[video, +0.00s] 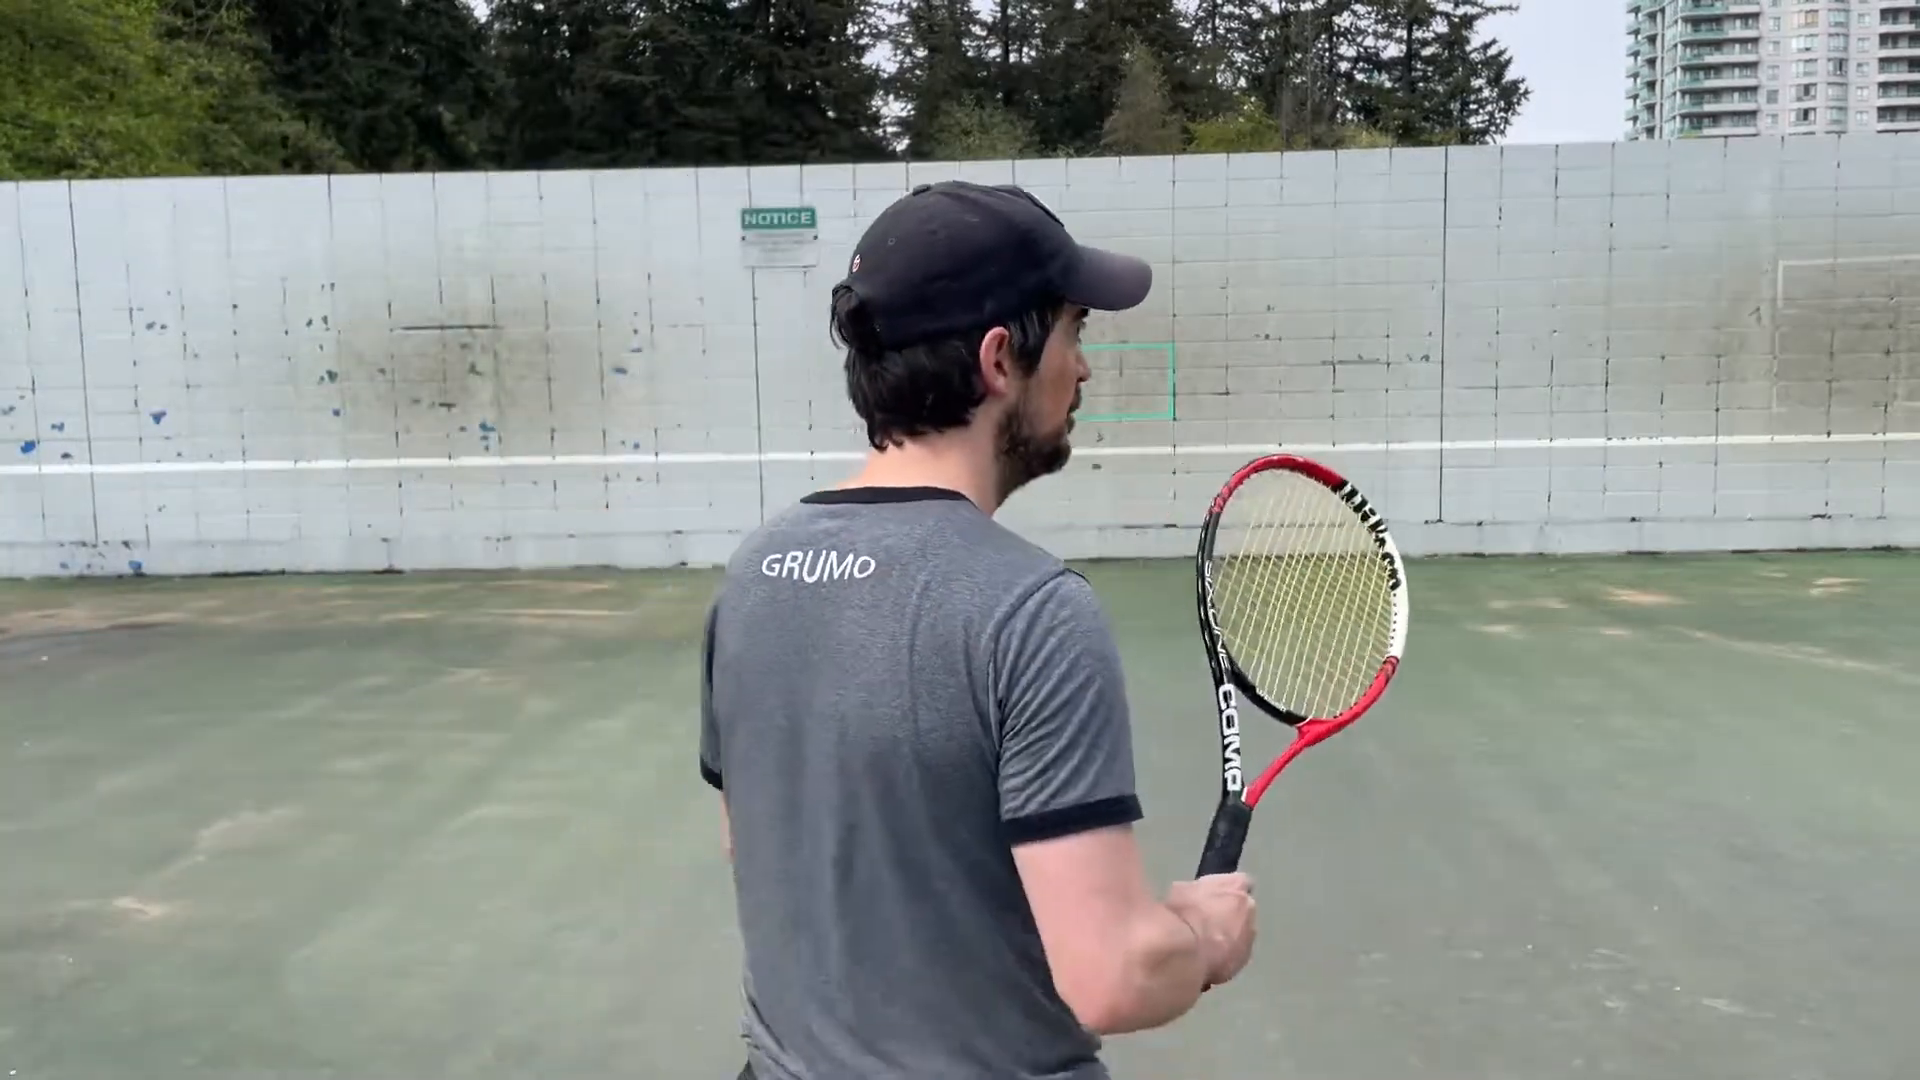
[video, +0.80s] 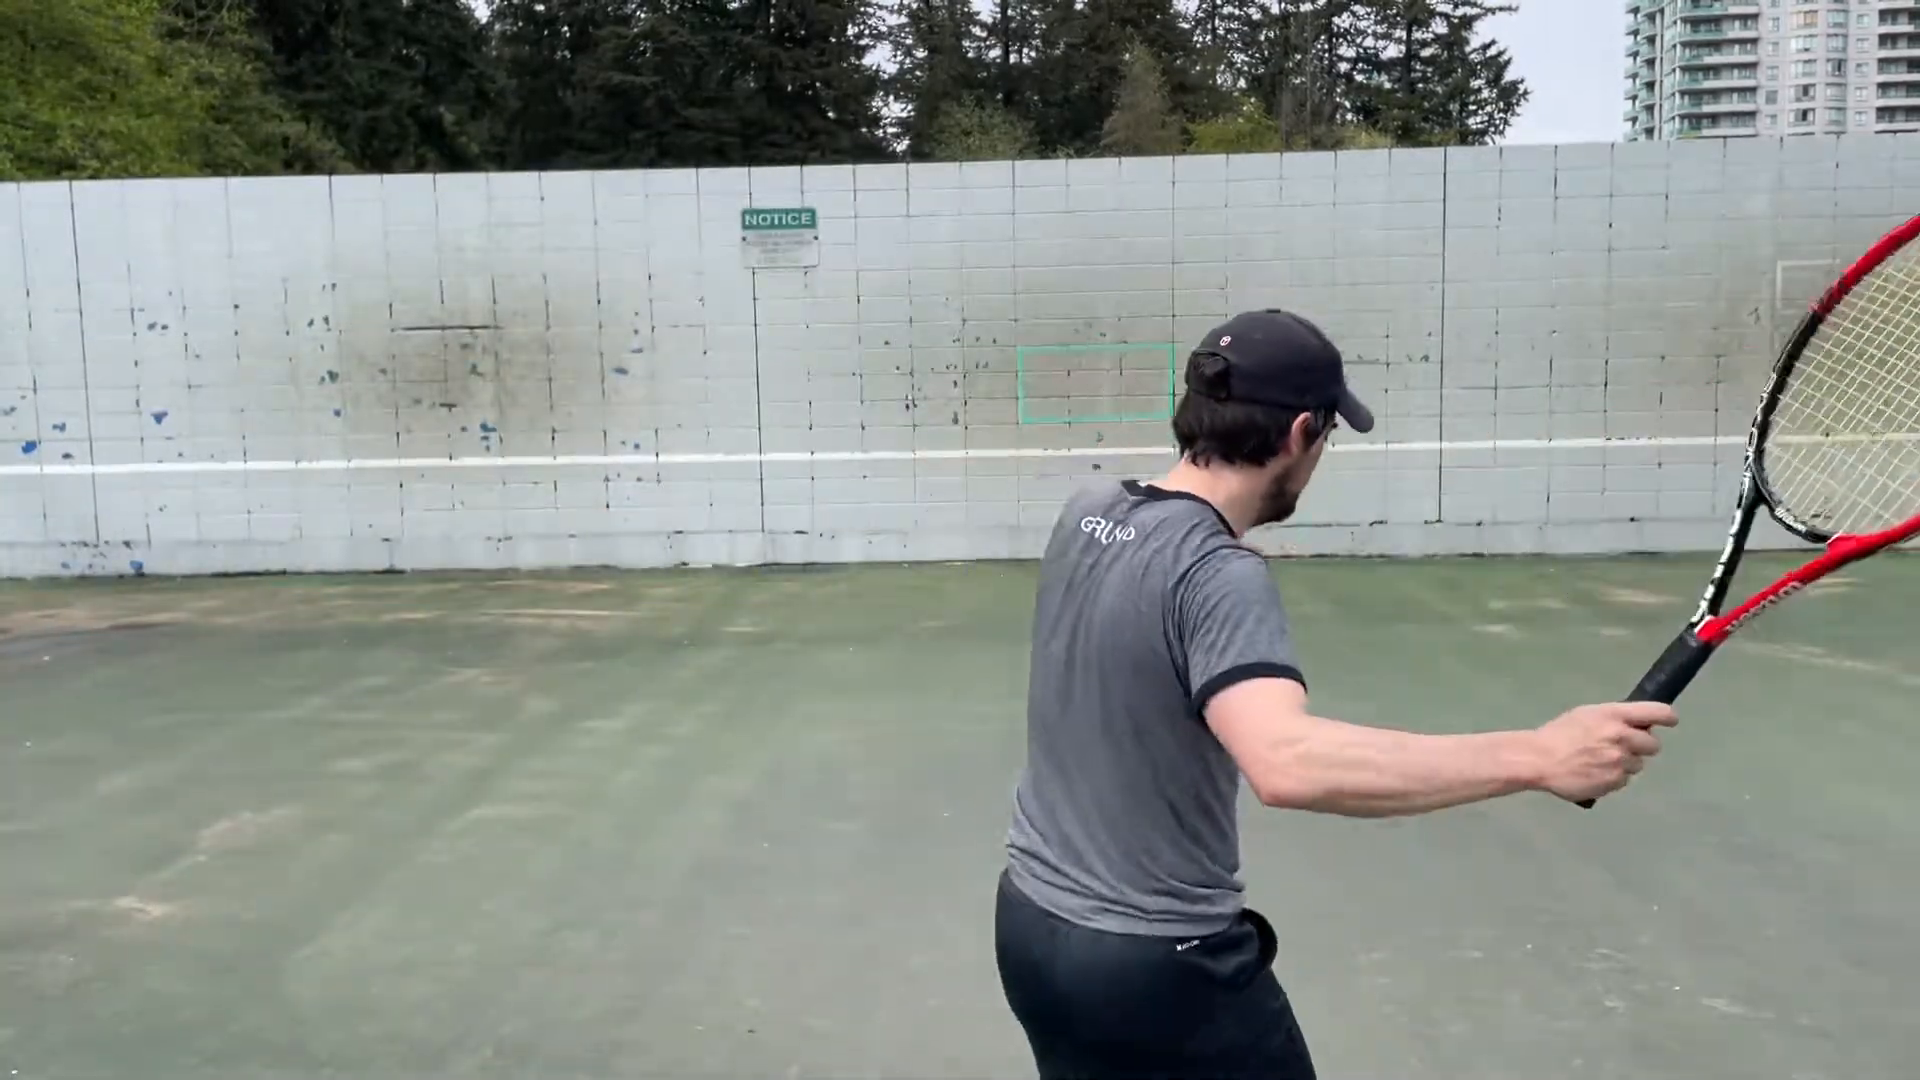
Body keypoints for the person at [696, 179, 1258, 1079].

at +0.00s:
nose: (1084, 368)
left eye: (1080, 334)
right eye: (1070, 335)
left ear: (888, 359)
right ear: (999, 359)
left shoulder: (760, 566)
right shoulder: (1027, 605)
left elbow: (754, 852)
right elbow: (1109, 982)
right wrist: (1203, 935)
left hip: (787, 1060)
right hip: (1005, 1065)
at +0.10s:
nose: (1115, 369)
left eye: (1115, 338)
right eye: (1106, 338)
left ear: (928, 354)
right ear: (1042, 357)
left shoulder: (810, 547)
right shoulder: (1053, 592)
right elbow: (1135, 942)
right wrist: (1231, 905)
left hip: (825, 1050)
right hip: (1036, 1062)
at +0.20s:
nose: (1149, 378)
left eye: (1154, 350)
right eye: (1147, 351)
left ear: (975, 358)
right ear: (1095, 365)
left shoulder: (865, 536)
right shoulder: (1087, 590)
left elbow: (925, 764)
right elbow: (1174, 919)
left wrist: (1129, 745)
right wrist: (1270, 883)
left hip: (862, 1044)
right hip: (1063, 1062)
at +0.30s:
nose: (1186, 388)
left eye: (1194, 363)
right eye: (1188, 363)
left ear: (1023, 361)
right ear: (1153, 375)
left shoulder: (916, 530)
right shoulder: (1134, 598)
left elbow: (1007, 674)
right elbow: (1224, 902)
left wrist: (1191, 647)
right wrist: (1322, 870)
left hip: (907, 1029)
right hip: (1093, 1051)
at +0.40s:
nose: (1231, 409)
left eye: (1238, 385)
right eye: (1235, 386)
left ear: (1075, 380)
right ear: (1206, 397)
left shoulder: (965, 537)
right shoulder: (1181, 613)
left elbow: (1060, 607)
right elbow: (1281, 894)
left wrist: (1214, 578)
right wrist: (1397, 856)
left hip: (947, 1023)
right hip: (1119, 1046)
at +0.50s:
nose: (1266, 396)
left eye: (1268, 376)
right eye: (1267, 377)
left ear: (1120, 366)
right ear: (1240, 392)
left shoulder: (1005, 517)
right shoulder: (1199, 589)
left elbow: (1098, 567)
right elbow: (1312, 854)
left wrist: (1229, 538)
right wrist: (1469, 832)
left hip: (972, 985)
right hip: (1129, 1018)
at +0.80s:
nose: (1323, 451)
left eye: (1329, 432)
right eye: (1327, 431)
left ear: (1200, 413)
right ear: (1300, 434)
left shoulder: (1090, 515)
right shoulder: (1217, 573)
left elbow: (1154, 492)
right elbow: (1285, 761)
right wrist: (1537, 755)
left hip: (1037, 929)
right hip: (1165, 968)